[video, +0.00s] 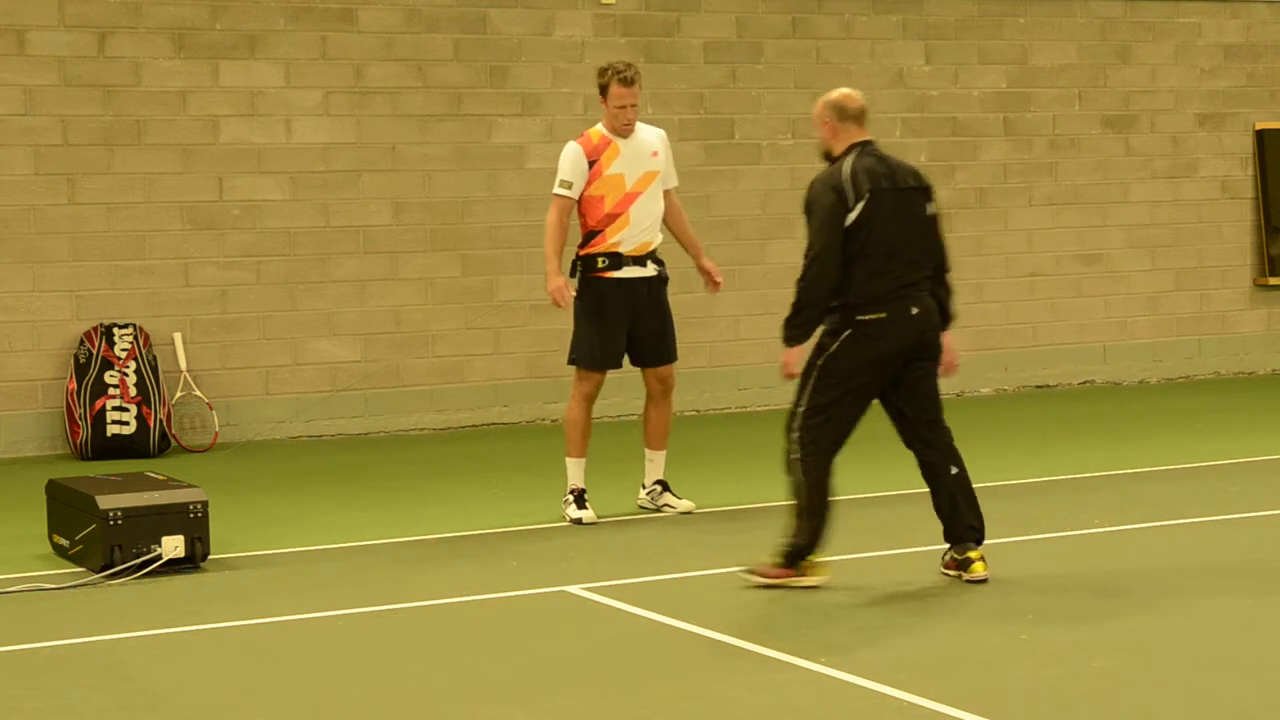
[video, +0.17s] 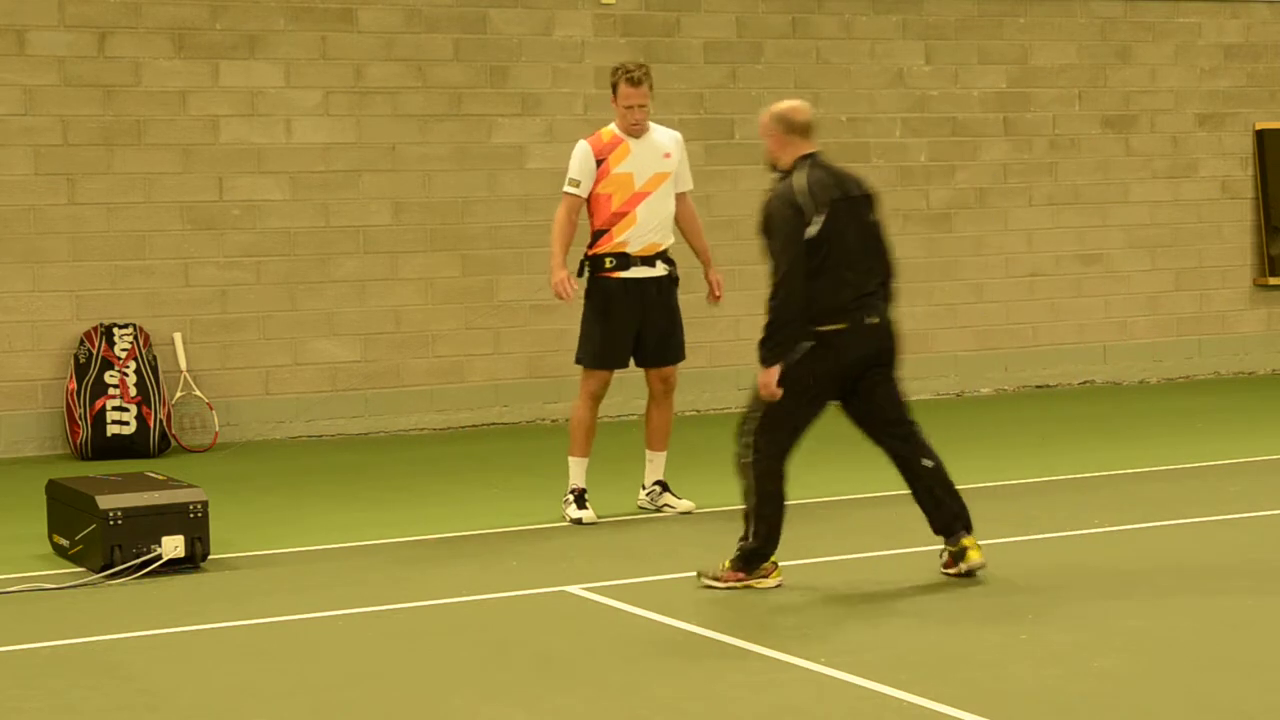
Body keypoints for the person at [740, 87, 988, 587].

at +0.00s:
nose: (815, 136)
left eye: (816, 127)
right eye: (816, 126)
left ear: (829, 126)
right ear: (861, 124)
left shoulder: (831, 183)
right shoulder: (909, 176)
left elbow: (823, 265)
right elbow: (935, 257)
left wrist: (796, 336)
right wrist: (940, 324)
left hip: (860, 330)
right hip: (917, 324)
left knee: (807, 432)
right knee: (931, 437)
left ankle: (799, 556)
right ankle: (967, 549)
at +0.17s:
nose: (764, 149)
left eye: (765, 139)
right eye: (764, 139)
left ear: (777, 139)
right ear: (807, 134)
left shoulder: (788, 199)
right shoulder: (851, 185)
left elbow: (790, 282)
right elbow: (878, 264)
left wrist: (771, 357)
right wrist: (870, 318)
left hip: (819, 345)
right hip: (870, 338)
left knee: (762, 440)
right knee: (901, 436)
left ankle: (755, 559)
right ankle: (960, 540)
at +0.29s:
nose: (712, 148)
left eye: (714, 139)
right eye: (712, 138)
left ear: (732, 138)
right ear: (755, 134)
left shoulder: (740, 200)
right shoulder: (798, 184)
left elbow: (748, 286)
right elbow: (828, 262)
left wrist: (753, 362)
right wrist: (809, 315)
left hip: (772, 340)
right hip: (819, 332)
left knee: (729, 448)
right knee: (831, 432)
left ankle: (753, 560)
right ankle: (913, 513)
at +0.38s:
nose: (681, 140)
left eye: (684, 131)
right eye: (681, 131)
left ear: (702, 133)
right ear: (724, 130)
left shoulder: (711, 194)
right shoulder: (767, 178)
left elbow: (719, 280)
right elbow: (794, 256)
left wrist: (725, 353)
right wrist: (778, 307)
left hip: (748, 335)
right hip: (788, 327)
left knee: (718, 446)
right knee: (770, 431)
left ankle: (752, 561)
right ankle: (858, 506)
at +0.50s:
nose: (633, 135)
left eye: (638, 125)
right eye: (634, 125)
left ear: (663, 127)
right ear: (673, 124)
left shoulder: (677, 186)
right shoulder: (713, 169)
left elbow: (677, 274)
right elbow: (747, 248)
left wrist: (672, 350)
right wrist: (721, 295)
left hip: (721, 324)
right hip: (734, 317)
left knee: (716, 436)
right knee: (689, 430)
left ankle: (751, 558)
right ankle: (749, 532)